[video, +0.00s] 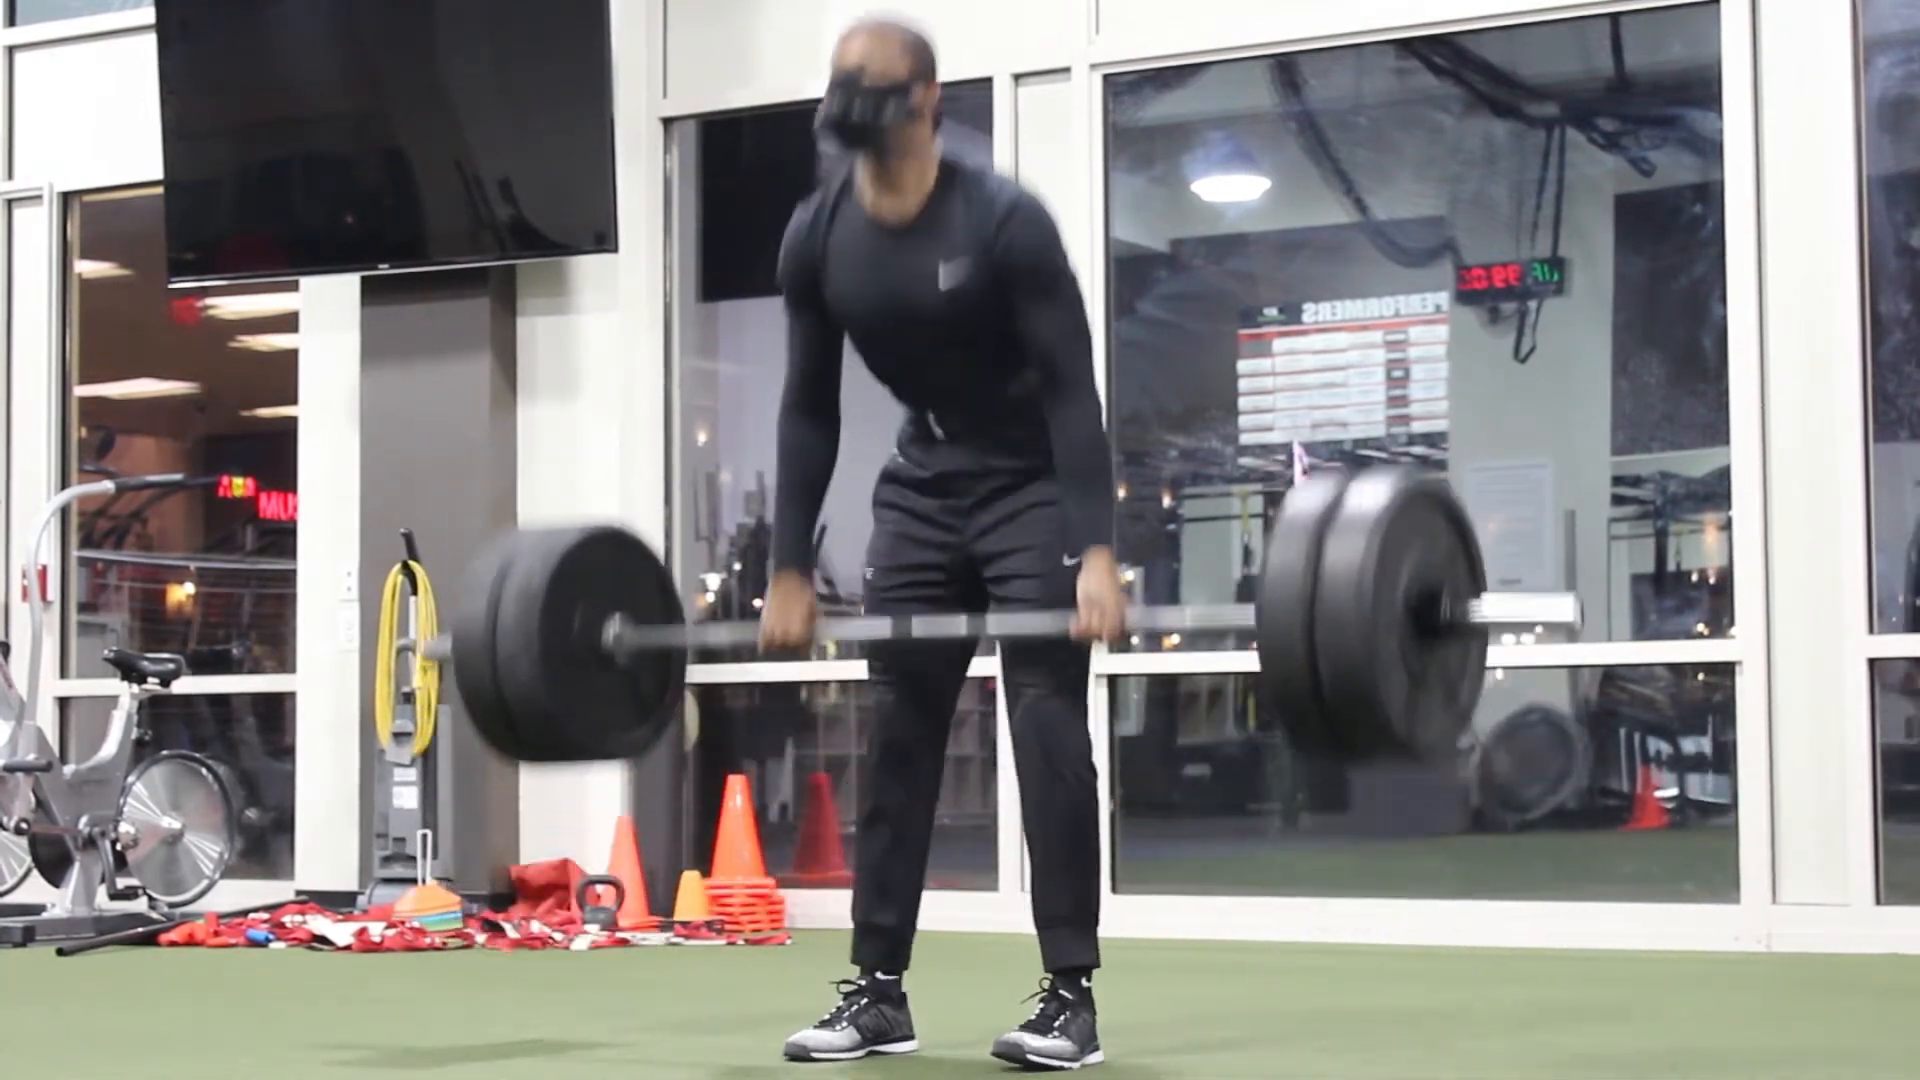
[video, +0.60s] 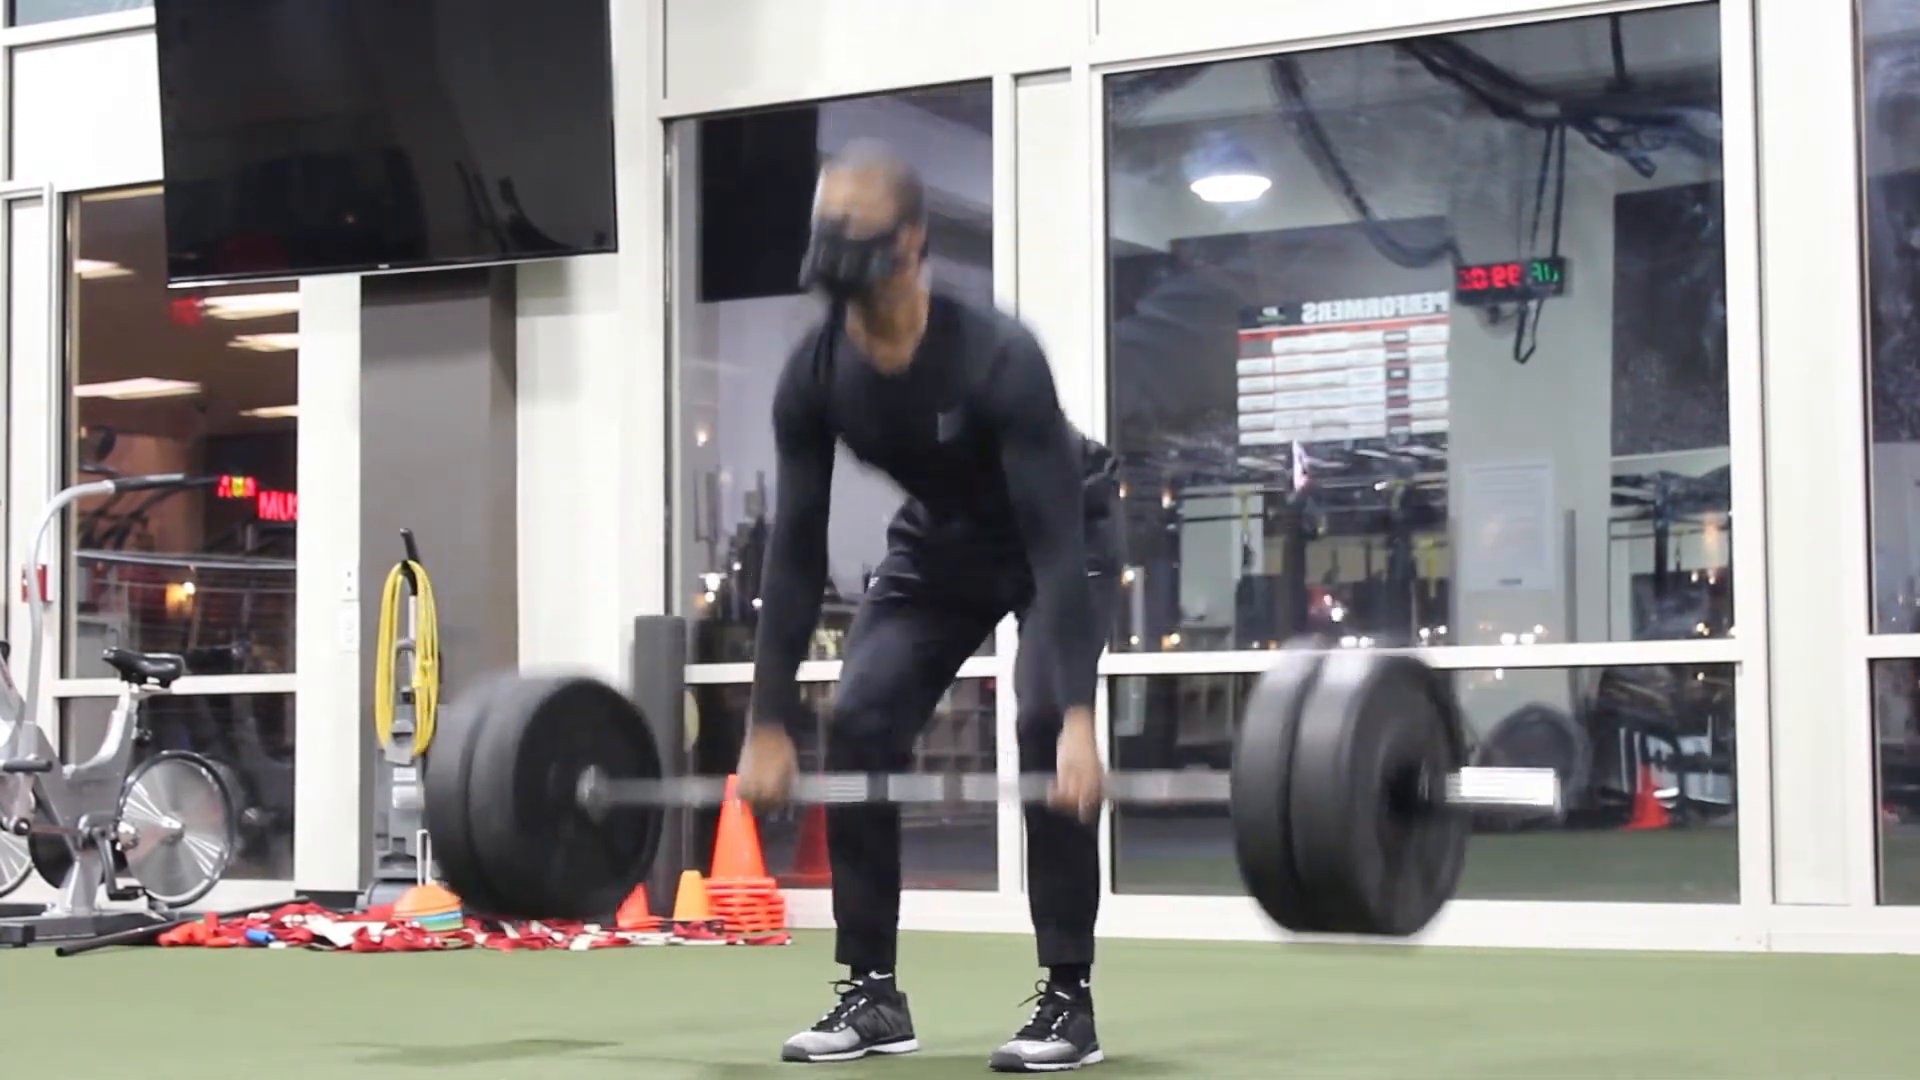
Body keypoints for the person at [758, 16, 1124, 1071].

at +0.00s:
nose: (856, 108)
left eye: (877, 90)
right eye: (844, 91)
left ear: (931, 98)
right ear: (832, 103)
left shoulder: (1007, 220)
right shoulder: (816, 240)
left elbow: (1073, 387)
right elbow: (808, 408)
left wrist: (1098, 548)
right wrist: (790, 566)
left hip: (1035, 482)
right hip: (921, 483)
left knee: (1046, 727)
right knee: (900, 731)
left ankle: (1070, 996)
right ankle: (878, 991)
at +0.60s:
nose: (830, 246)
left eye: (853, 230)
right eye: (823, 229)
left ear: (914, 243)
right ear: (812, 239)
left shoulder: (999, 356)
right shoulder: (812, 379)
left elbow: (1059, 543)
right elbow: (795, 559)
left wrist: (1075, 717)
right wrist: (769, 721)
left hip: (1056, 527)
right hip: (943, 540)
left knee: (1047, 731)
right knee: (859, 723)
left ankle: (1065, 1000)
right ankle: (872, 994)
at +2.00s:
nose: (817, 274)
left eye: (841, 259)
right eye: (810, 256)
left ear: (901, 271)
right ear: (799, 258)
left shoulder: (991, 377)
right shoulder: (804, 402)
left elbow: (1054, 567)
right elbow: (793, 578)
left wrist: (1075, 742)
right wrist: (766, 749)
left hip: (1051, 530)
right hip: (939, 544)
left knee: (1041, 729)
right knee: (852, 728)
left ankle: (1065, 1002)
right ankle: (872, 996)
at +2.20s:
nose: (796, 410)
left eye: (818, 393)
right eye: (788, 392)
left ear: (881, 408)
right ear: (778, 398)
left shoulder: (978, 496)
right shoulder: (782, 520)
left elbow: (1051, 679)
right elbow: (778, 691)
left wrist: (1083, 861)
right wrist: (769, 862)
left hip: (1049, 569)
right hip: (929, 594)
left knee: (1005, 733)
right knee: (826, 737)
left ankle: (1061, 1004)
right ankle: (871, 997)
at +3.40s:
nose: (812, 299)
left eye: (836, 281)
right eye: (804, 280)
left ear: (897, 289)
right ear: (793, 282)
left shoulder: (986, 391)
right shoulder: (798, 415)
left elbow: (1051, 580)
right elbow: (786, 586)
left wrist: (1072, 761)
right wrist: (761, 759)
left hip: (1048, 535)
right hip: (933, 548)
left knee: (1029, 730)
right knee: (849, 725)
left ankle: (1064, 999)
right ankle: (871, 994)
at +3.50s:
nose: (804, 381)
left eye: (828, 364)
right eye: (796, 361)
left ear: (885, 367)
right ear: (786, 359)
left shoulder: (978, 457)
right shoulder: (788, 486)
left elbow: (1048, 651)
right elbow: (781, 658)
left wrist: (1075, 831)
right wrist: (764, 830)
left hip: (1052, 554)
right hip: (936, 575)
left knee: (1008, 731)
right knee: (832, 735)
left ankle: (1062, 1002)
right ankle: (871, 998)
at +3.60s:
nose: (789, 416)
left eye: (811, 399)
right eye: (780, 399)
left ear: (873, 412)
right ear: (770, 402)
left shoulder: (976, 494)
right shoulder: (780, 512)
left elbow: (1054, 671)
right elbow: (776, 680)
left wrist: (1084, 849)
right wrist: (766, 855)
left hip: (1046, 565)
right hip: (925, 592)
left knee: (1003, 730)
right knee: (825, 736)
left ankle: (1061, 1003)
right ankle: (870, 997)